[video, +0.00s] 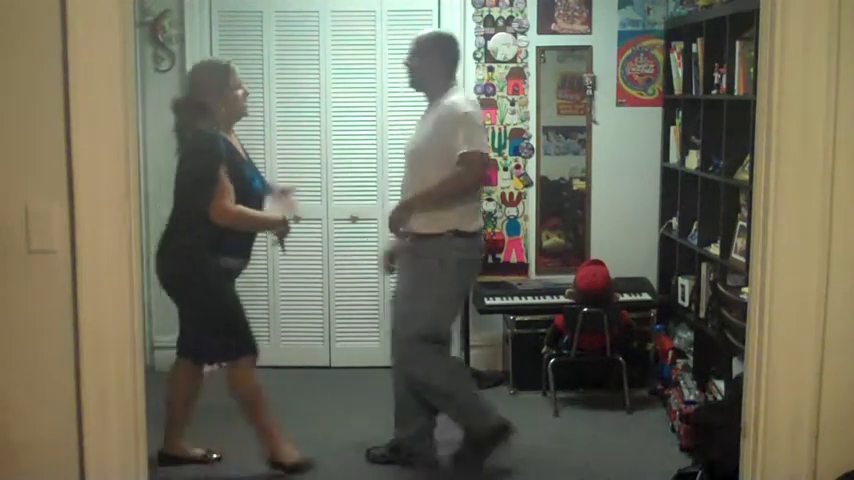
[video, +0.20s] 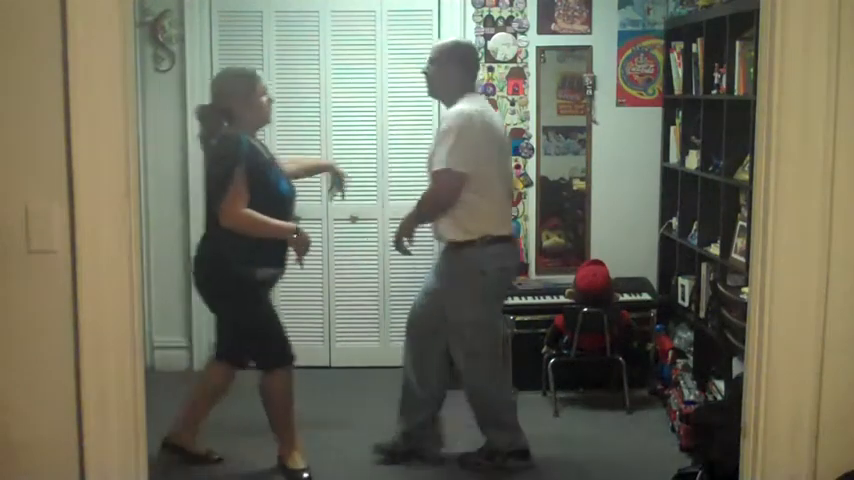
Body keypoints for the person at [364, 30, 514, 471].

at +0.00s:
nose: (407, 63)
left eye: (415, 55)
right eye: (409, 56)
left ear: (441, 61)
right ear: (436, 63)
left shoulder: (461, 110)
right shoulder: (434, 116)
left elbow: (473, 173)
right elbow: (434, 190)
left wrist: (410, 205)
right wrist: (404, 243)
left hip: (448, 247)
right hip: (425, 246)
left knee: (417, 346)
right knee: (409, 345)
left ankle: (485, 426)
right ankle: (412, 444)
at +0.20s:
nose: (426, 74)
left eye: (432, 66)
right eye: (427, 66)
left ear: (456, 70)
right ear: (464, 71)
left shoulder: (464, 116)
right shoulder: (480, 114)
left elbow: (446, 189)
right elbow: (499, 193)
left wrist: (409, 222)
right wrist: (433, 216)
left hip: (477, 255)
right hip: (472, 253)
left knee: (477, 349)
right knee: (424, 329)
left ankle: (506, 444)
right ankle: (418, 436)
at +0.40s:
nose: (443, 80)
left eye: (448, 72)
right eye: (444, 73)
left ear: (468, 75)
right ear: (486, 74)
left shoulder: (463, 125)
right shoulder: (526, 121)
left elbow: (439, 192)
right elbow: (555, 181)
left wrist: (427, 247)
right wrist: (564, 234)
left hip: (486, 255)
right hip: (526, 251)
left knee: (472, 349)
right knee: (492, 337)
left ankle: (504, 444)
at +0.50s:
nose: (452, 79)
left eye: (456, 72)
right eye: (452, 72)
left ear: (473, 73)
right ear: (495, 72)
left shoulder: (460, 125)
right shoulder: (534, 119)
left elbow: (445, 199)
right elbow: (573, 185)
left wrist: (434, 258)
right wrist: (576, 239)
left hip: (485, 256)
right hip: (533, 252)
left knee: (477, 357)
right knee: (530, 343)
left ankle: (504, 446)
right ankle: (578, 426)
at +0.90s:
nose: (437, 87)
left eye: (441, 79)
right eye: (439, 80)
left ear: (462, 80)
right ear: (481, 81)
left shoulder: (461, 127)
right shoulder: (519, 123)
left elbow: (452, 192)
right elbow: (547, 186)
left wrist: (439, 255)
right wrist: (532, 228)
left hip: (495, 261)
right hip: (534, 254)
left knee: (453, 345)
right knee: (541, 351)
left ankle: (451, 441)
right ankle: (586, 445)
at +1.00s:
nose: (421, 89)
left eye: (428, 81)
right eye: (423, 81)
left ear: (450, 82)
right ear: (457, 82)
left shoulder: (464, 127)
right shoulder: (476, 123)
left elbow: (479, 191)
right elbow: (480, 191)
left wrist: (458, 253)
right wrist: (445, 232)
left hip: (488, 260)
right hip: (497, 258)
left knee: (448, 350)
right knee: (505, 350)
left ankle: (448, 442)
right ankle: (569, 419)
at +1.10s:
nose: (408, 92)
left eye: (415, 84)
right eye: (409, 85)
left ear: (441, 85)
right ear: (432, 88)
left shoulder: (474, 128)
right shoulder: (441, 137)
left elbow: (521, 183)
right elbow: (439, 205)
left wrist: (488, 247)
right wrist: (399, 244)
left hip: (480, 267)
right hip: (447, 265)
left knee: (452, 356)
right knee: (422, 341)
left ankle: (448, 444)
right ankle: (516, 375)